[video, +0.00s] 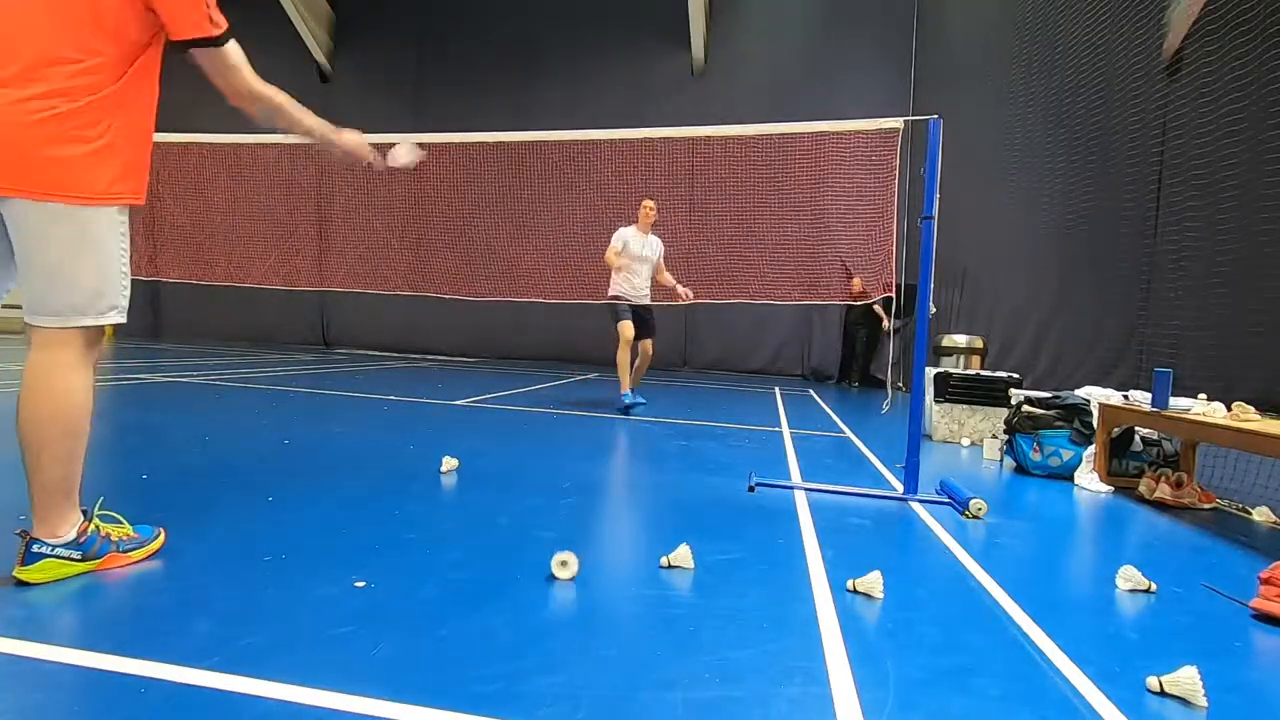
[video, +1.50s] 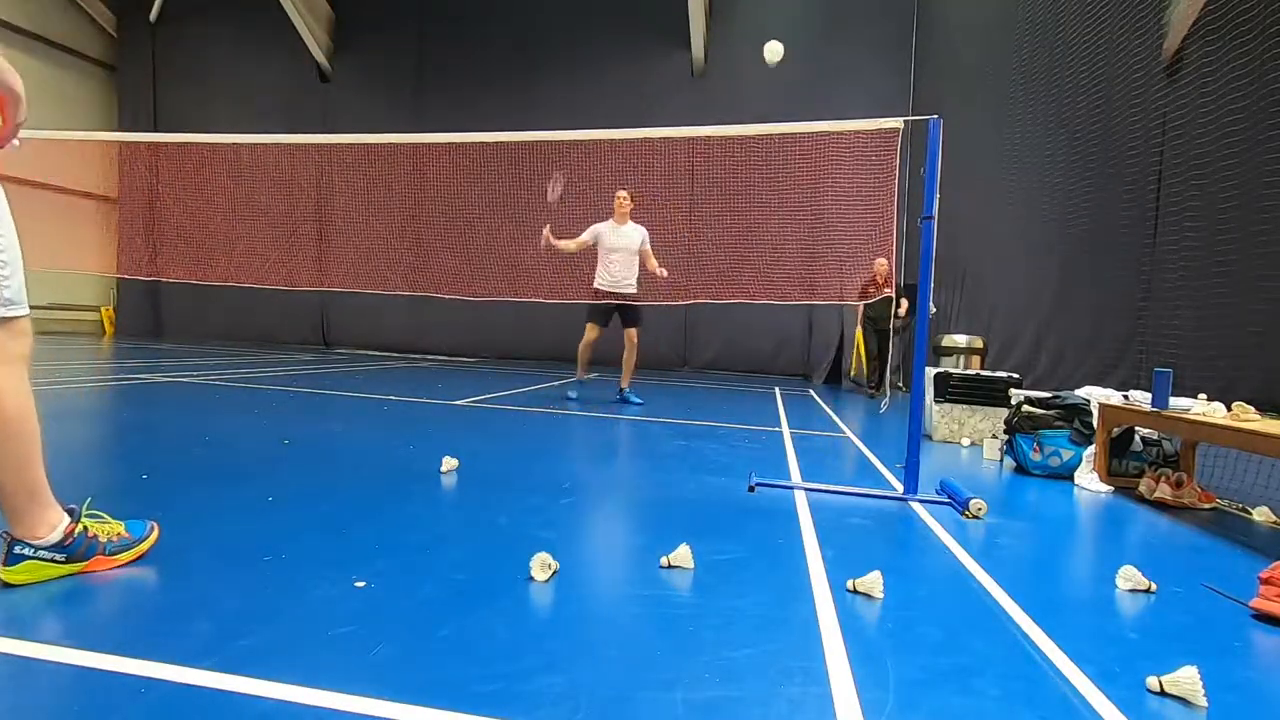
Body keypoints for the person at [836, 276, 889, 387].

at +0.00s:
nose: (856, 287)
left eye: (858, 285)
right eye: (854, 285)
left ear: (862, 285)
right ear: (850, 286)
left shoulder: (867, 299)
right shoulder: (849, 300)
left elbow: (876, 307)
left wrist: (884, 318)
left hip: (863, 328)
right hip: (849, 328)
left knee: (859, 353)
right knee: (847, 352)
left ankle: (855, 379)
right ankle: (845, 377)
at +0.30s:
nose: (863, 280)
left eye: (865, 278)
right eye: (860, 277)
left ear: (869, 279)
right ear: (856, 279)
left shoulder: (872, 294)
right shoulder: (852, 294)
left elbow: (879, 308)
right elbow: (846, 309)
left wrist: (873, 318)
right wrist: (845, 322)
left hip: (865, 326)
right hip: (852, 325)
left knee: (862, 352)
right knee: (852, 352)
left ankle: (857, 378)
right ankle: (851, 378)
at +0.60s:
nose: (866, 276)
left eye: (869, 273)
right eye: (864, 273)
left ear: (873, 275)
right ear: (860, 275)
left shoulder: (878, 290)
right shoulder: (856, 290)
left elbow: (885, 306)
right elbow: (849, 306)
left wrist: (884, 321)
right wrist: (844, 321)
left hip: (871, 326)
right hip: (857, 325)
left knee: (870, 353)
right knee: (858, 352)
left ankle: (873, 379)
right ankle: (858, 380)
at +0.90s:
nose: (873, 273)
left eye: (876, 270)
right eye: (871, 270)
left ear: (881, 273)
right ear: (866, 273)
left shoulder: (884, 289)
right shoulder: (859, 288)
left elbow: (889, 307)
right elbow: (851, 304)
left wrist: (890, 322)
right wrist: (846, 322)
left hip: (878, 327)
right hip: (861, 326)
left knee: (877, 357)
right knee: (859, 357)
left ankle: (878, 383)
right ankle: (858, 381)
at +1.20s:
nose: (882, 268)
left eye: (884, 266)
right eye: (879, 266)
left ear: (887, 268)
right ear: (873, 268)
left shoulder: (891, 284)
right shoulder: (866, 284)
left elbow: (896, 305)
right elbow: (858, 303)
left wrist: (899, 322)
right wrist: (854, 320)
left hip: (884, 325)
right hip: (867, 324)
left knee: (882, 356)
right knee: (867, 353)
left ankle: (878, 385)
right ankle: (865, 381)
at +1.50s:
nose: (884, 268)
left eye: (885, 265)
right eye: (881, 265)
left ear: (888, 267)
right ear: (875, 267)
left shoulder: (893, 284)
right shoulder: (868, 285)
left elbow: (903, 298)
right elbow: (861, 304)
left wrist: (902, 309)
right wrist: (859, 323)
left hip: (886, 325)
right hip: (870, 324)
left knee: (884, 356)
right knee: (872, 354)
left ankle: (880, 384)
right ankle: (871, 385)